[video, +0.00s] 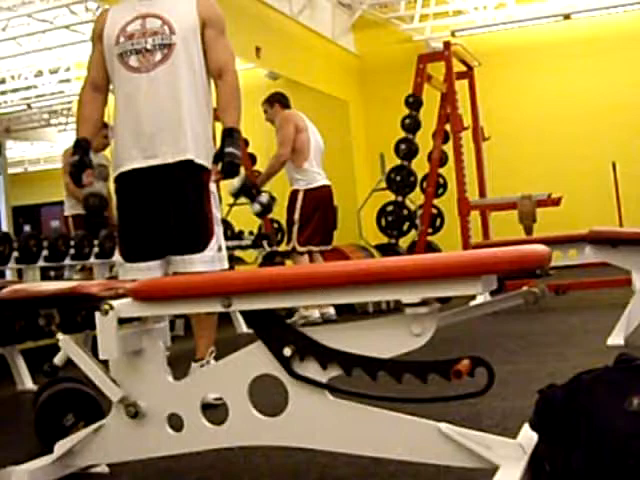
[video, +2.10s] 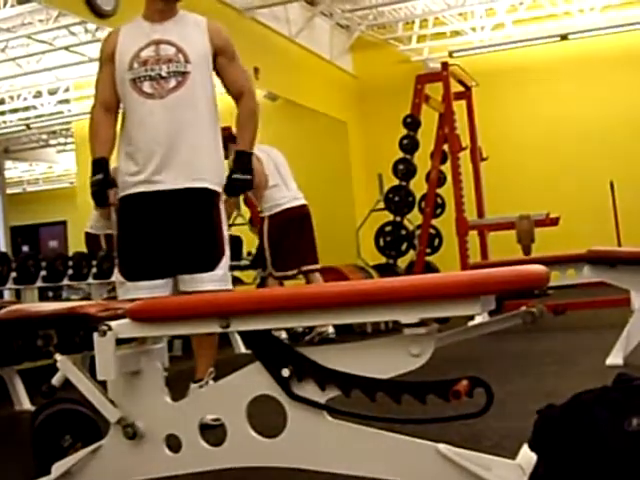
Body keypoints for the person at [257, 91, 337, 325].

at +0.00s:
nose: (267, 118)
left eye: (268, 112)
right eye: (265, 114)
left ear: (277, 106)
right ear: (284, 105)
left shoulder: (287, 118)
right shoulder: (304, 120)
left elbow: (283, 154)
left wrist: (260, 182)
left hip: (305, 189)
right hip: (322, 187)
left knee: (298, 251)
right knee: (314, 251)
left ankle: (309, 305)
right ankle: (325, 302)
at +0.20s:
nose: (270, 126)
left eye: (269, 120)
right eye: (267, 123)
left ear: (276, 111)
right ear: (278, 110)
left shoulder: (294, 115)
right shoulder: (302, 120)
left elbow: (289, 144)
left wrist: (259, 153)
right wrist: (260, 153)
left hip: (306, 191)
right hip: (314, 190)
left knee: (297, 254)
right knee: (314, 255)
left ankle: (308, 307)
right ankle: (324, 305)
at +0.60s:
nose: (266, 149)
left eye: (262, 144)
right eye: (262, 147)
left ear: (264, 134)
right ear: (270, 128)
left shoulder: (287, 135)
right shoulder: (299, 137)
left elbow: (295, 160)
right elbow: (297, 172)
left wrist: (265, 171)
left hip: (305, 207)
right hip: (317, 205)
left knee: (294, 268)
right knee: (314, 269)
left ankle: (308, 322)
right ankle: (324, 319)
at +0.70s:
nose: (265, 149)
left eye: (261, 144)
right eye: (261, 147)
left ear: (263, 134)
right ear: (270, 128)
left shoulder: (285, 135)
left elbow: (293, 166)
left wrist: (266, 187)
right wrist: (272, 206)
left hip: (304, 207)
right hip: (317, 205)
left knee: (298, 270)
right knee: (315, 269)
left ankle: (309, 323)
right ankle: (324, 319)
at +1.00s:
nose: (244, 159)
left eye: (241, 154)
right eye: (240, 156)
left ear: (244, 144)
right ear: (250, 140)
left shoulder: (268, 149)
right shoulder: (280, 146)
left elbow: (282, 180)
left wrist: (292, 208)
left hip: (299, 208)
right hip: (314, 205)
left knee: (298, 271)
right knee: (315, 269)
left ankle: (310, 324)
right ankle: (328, 320)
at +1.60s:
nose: (247, 156)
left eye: (244, 152)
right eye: (245, 153)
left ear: (246, 143)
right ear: (259, 136)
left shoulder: (260, 148)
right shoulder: (287, 147)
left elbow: (271, 185)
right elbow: (297, 181)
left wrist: (268, 223)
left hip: (290, 212)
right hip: (312, 207)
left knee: (282, 272)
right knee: (319, 270)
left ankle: (283, 324)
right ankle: (328, 321)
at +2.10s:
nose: (225, 156)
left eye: (225, 151)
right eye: (224, 151)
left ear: (230, 144)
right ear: (238, 138)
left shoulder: (248, 156)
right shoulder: (272, 151)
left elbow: (261, 181)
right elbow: (286, 178)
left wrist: (255, 201)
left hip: (277, 212)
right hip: (299, 206)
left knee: (272, 275)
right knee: (311, 270)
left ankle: (278, 326)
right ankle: (325, 321)